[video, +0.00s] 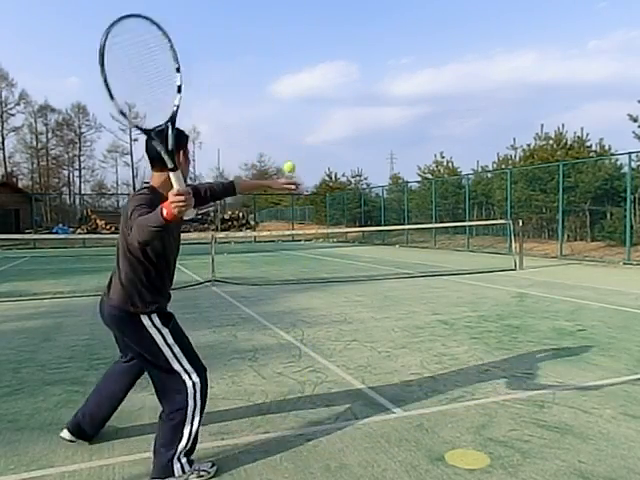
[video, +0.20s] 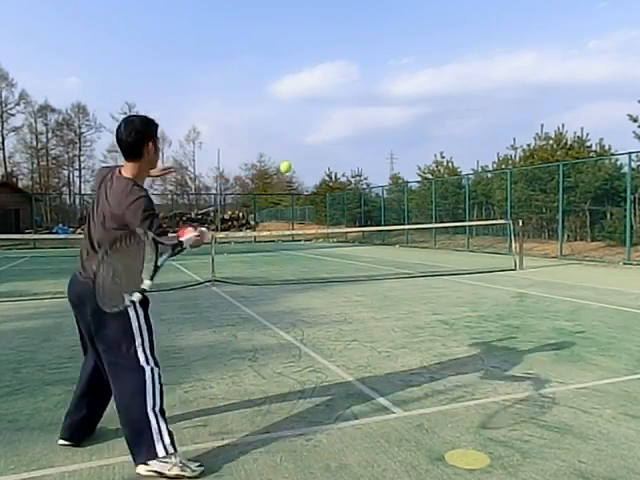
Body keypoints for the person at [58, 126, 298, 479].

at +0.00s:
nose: (190, 159)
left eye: (187, 153)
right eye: (187, 153)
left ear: (155, 161)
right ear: (179, 158)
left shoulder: (169, 194)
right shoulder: (145, 202)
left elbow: (218, 191)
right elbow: (140, 228)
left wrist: (268, 184)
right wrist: (164, 213)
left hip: (118, 304)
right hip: (142, 310)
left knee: (134, 359)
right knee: (190, 378)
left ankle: (83, 425)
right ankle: (173, 465)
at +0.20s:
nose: (158, 149)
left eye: (157, 143)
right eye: (156, 143)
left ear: (122, 148)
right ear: (148, 146)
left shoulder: (104, 176)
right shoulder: (135, 198)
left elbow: (123, 177)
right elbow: (159, 241)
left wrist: (148, 175)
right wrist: (186, 239)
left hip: (86, 287)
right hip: (119, 295)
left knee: (99, 359)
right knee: (142, 370)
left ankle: (75, 429)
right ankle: (156, 455)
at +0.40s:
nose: (122, 135)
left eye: (119, 130)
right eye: (122, 131)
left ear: (86, 130)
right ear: (118, 134)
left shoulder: (69, 166)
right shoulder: (128, 170)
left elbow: (34, 201)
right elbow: (116, 207)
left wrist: (47, 215)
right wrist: (62, 216)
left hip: (77, 269)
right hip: (119, 269)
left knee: (65, 341)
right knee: (112, 343)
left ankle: (70, 422)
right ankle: (102, 431)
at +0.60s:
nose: (94, 151)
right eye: (93, 147)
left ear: (57, 149)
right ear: (89, 151)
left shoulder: (69, 184)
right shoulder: (93, 179)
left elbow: (74, 226)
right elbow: (52, 185)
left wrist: (45, 255)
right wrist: (19, 182)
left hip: (78, 279)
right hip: (115, 276)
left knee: (65, 357)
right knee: (116, 348)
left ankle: (71, 433)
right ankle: (137, 422)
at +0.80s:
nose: (42, 149)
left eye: (42, 144)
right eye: (44, 145)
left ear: (47, 146)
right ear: (76, 144)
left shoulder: (61, 172)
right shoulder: (77, 172)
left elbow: (80, 221)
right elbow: (47, 207)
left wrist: (50, 262)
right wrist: (20, 213)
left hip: (75, 277)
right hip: (108, 271)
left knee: (63, 355)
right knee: (116, 347)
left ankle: (73, 433)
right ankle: (155, 411)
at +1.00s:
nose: (44, 143)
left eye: (45, 138)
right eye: (83, 139)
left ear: (46, 142)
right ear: (80, 143)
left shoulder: (52, 180)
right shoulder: (91, 178)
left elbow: (52, 236)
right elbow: (84, 228)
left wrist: (44, 272)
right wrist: (41, 241)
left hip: (72, 279)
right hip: (110, 272)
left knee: (64, 358)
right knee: (114, 347)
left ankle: (73, 434)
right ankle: (155, 407)